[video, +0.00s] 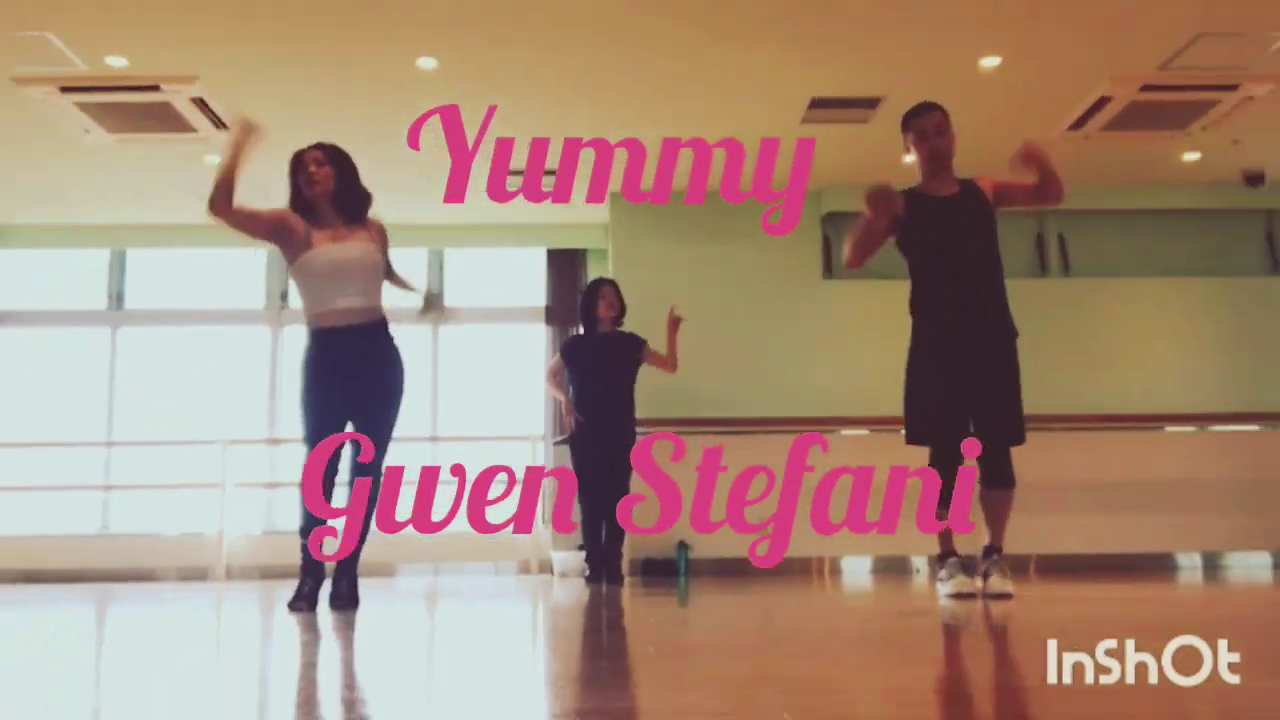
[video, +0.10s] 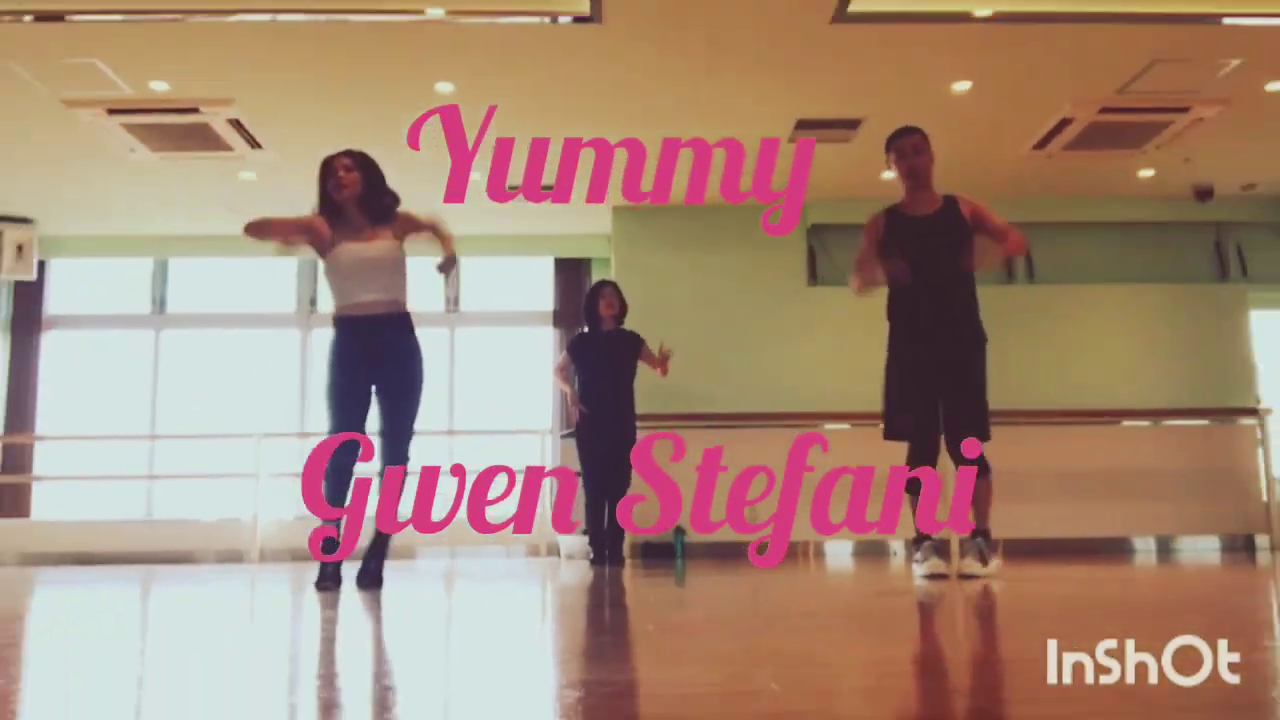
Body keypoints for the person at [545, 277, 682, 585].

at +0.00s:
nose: (610, 303)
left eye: (614, 298)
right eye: (603, 298)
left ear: (621, 305)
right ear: (590, 305)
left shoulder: (630, 343)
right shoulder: (576, 345)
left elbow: (670, 365)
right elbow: (551, 377)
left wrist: (672, 332)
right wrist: (566, 401)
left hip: (620, 432)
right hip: (586, 432)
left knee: (617, 499)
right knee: (591, 501)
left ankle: (613, 563)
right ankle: (594, 564)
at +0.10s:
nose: (610, 303)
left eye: (614, 298)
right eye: (604, 298)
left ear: (621, 304)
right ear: (593, 304)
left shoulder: (630, 339)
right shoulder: (581, 341)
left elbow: (658, 366)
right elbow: (560, 371)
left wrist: (663, 360)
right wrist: (572, 397)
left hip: (622, 423)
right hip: (590, 422)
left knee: (619, 490)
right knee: (595, 490)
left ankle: (616, 548)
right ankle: (597, 548)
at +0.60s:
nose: (614, 308)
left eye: (618, 304)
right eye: (610, 304)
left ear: (626, 308)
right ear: (603, 309)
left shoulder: (634, 333)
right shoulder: (596, 341)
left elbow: (656, 336)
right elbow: (582, 369)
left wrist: (647, 332)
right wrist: (582, 358)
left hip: (638, 403)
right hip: (614, 404)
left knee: (630, 462)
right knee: (612, 461)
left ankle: (622, 517)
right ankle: (608, 518)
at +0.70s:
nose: (620, 299)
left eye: (624, 294)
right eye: (615, 295)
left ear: (631, 299)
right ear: (607, 300)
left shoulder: (637, 322)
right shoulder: (602, 324)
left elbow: (645, 292)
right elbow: (576, 319)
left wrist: (631, 288)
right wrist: (583, 296)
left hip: (643, 392)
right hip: (620, 394)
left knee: (643, 454)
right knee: (627, 455)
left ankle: (648, 512)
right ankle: (633, 511)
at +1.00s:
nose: (617, 314)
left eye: (623, 309)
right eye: (616, 310)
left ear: (632, 314)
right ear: (617, 317)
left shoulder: (634, 339)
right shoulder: (621, 339)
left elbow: (622, 311)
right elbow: (606, 317)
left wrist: (623, 292)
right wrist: (618, 290)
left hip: (653, 413)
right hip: (639, 412)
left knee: (656, 473)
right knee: (634, 475)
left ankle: (683, 526)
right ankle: (671, 522)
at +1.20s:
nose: (615, 304)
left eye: (622, 300)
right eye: (618, 299)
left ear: (634, 308)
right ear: (633, 310)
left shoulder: (631, 338)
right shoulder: (621, 339)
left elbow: (627, 365)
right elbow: (606, 365)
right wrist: (592, 379)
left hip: (629, 419)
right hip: (639, 417)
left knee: (589, 473)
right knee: (658, 479)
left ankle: (593, 535)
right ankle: (687, 535)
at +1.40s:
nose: (593, 327)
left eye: (601, 324)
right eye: (595, 323)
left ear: (613, 333)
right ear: (595, 328)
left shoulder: (607, 360)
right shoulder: (583, 360)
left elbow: (629, 390)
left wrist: (655, 413)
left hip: (601, 448)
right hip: (581, 448)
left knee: (636, 502)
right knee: (536, 489)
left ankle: (689, 547)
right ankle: (520, 554)